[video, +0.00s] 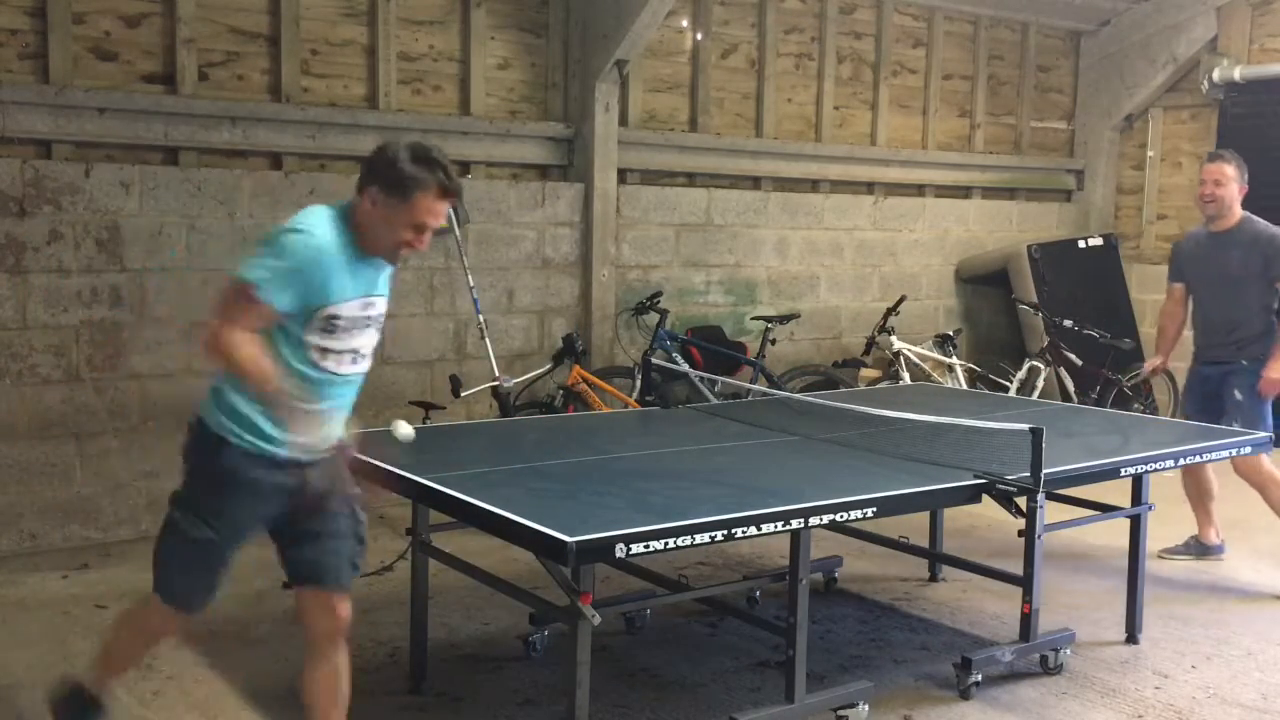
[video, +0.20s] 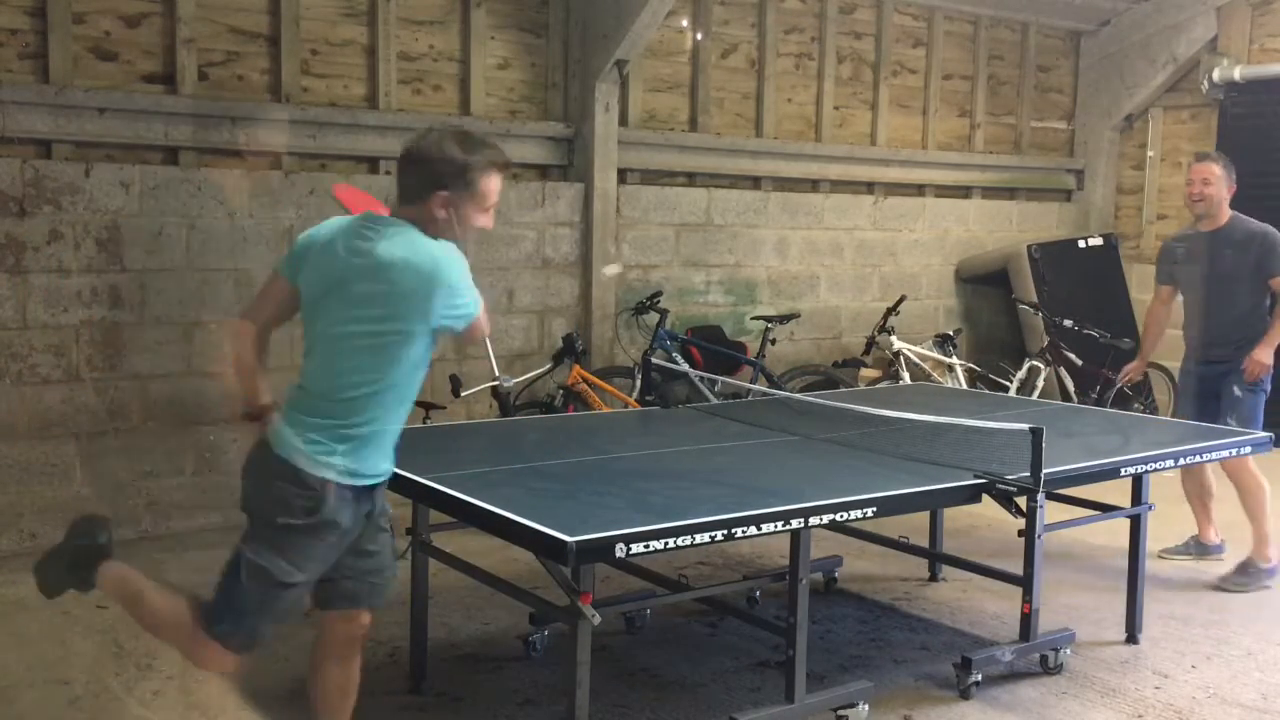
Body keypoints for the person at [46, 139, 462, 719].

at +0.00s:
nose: (422, 245)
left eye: (432, 233)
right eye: (415, 229)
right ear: (370, 203)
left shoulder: (379, 258)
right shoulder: (308, 244)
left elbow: (323, 348)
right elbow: (228, 330)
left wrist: (334, 430)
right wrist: (291, 403)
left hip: (318, 461)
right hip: (240, 453)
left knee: (332, 618)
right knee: (175, 604)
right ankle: (86, 694)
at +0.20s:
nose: (489, 225)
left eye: (492, 211)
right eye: (484, 210)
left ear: (427, 202)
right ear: (441, 205)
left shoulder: (328, 237)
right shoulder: (441, 266)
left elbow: (251, 324)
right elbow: (476, 329)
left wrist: (254, 399)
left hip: (358, 484)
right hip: (307, 482)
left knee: (348, 631)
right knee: (220, 647)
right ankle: (96, 566)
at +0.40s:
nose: (265, 165)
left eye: (267, 150)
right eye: (260, 150)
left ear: (208, 145)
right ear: (222, 145)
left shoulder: (124, 213)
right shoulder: (196, 224)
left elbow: (103, 351)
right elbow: (199, 365)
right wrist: (273, 454)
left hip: (110, 445)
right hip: (167, 451)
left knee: (121, 618)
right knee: (215, 636)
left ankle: (98, 709)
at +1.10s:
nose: (322, 180)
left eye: (322, 165)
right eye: (318, 163)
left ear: (246, 161)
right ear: (287, 165)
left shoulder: (163, 232)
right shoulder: (280, 248)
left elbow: (117, 351)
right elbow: (292, 382)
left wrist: (176, 405)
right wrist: (349, 436)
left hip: (133, 459)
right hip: (209, 469)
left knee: (147, 619)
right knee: (279, 645)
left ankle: (102, 713)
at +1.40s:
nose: (345, 186)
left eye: (346, 171)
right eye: (342, 169)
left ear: (266, 165)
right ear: (312, 170)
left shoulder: (179, 232)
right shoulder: (312, 251)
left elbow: (122, 342)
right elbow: (353, 372)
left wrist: (159, 413)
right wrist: (402, 426)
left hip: (146, 461)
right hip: (231, 468)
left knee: (148, 637)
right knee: (297, 647)